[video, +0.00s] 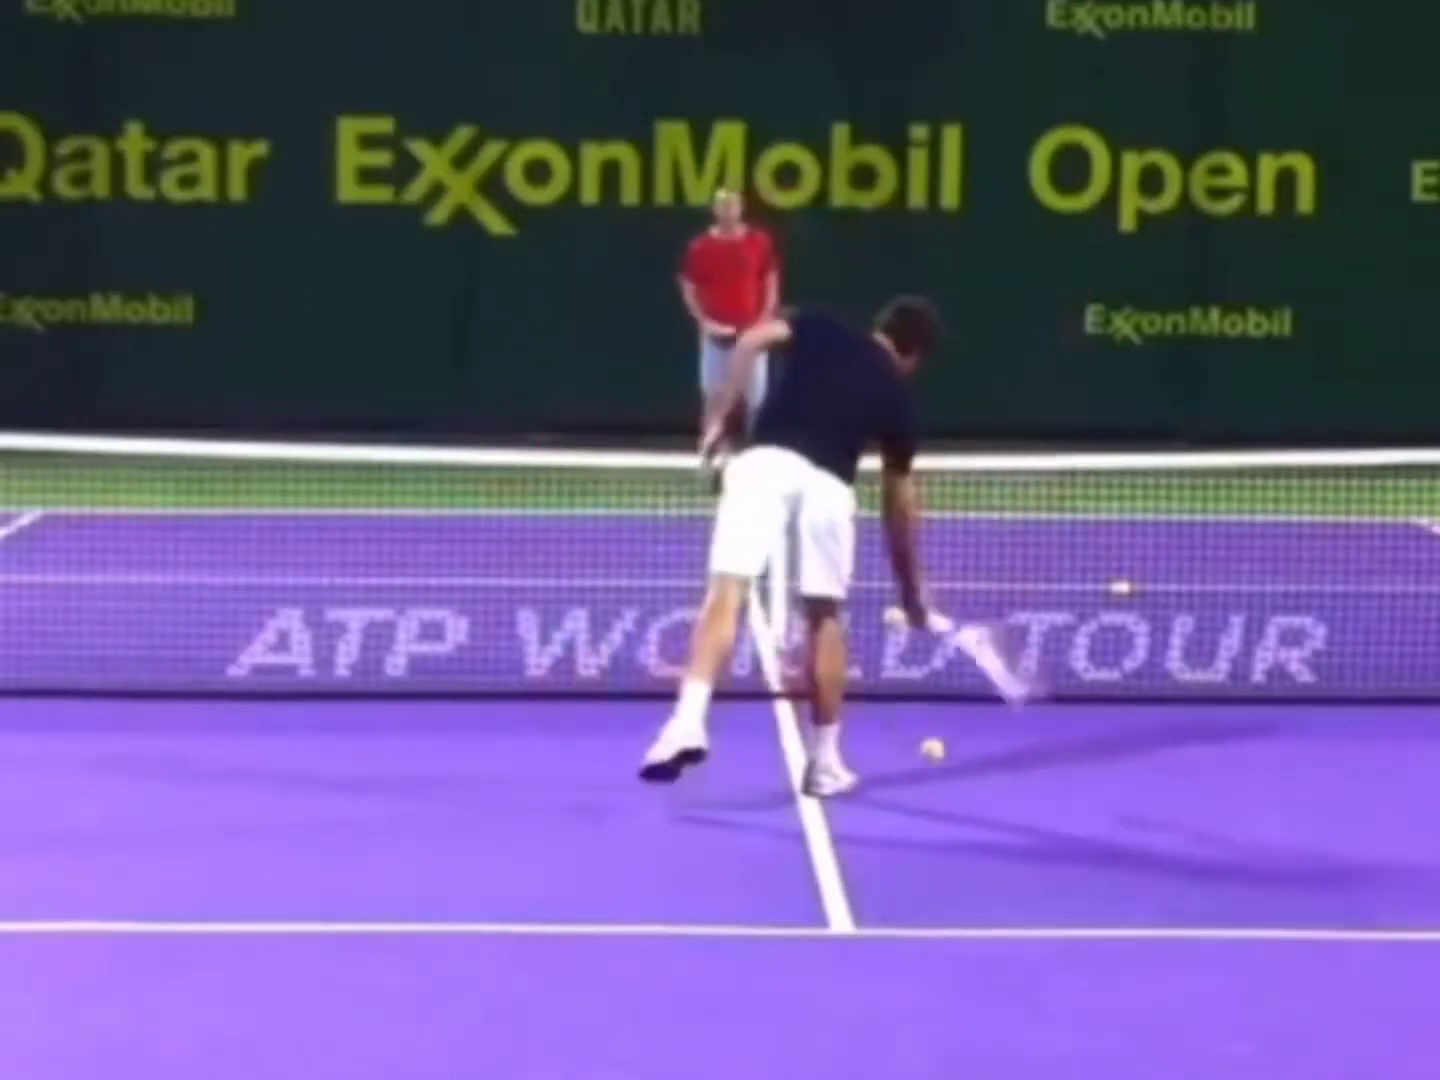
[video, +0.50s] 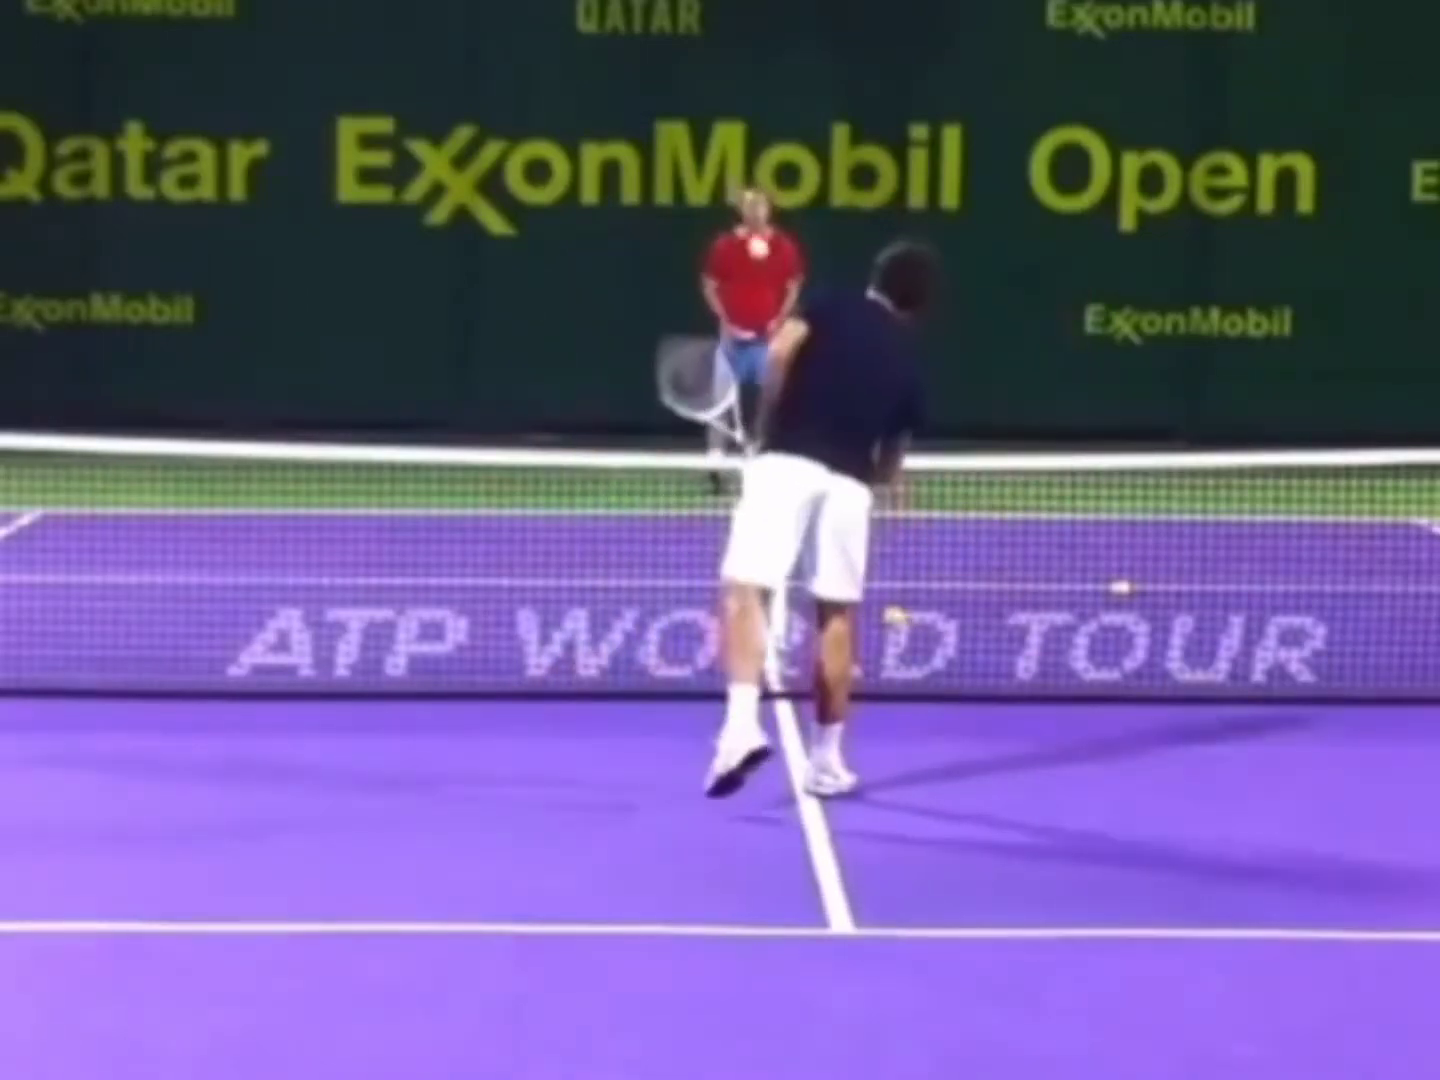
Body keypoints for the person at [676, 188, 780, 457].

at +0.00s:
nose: (727, 210)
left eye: (732, 204)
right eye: (722, 204)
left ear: (740, 207)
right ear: (714, 209)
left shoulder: (759, 242)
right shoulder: (700, 246)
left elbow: (770, 278)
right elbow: (688, 285)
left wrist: (765, 318)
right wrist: (705, 323)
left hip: (751, 330)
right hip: (716, 330)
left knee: (754, 395)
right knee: (714, 393)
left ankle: (754, 449)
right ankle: (717, 449)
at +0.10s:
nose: (728, 211)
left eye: (733, 204)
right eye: (723, 205)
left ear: (741, 208)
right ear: (715, 209)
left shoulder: (761, 242)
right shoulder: (701, 245)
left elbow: (772, 280)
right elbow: (687, 285)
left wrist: (761, 321)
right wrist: (708, 323)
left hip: (751, 333)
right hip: (716, 334)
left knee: (758, 402)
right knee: (713, 400)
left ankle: (760, 458)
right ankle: (712, 458)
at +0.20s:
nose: (732, 211)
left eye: (737, 204)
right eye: (727, 205)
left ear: (745, 208)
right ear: (719, 210)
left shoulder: (764, 242)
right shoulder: (704, 245)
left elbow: (775, 279)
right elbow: (690, 285)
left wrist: (765, 317)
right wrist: (710, 323)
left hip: (753, 330)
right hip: (718, 332)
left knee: (758, 394)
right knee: (713, 398)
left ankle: (752, 451)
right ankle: (713, 456)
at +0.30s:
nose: (738, 211)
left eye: (743, 205)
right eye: (733, 206)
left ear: (752, 209)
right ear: (725, 210)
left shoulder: (769, 244)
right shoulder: (710, 245)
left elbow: (780, 280)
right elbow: (695, 283)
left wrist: (769, 318)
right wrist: (714, 322)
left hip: (758, 331)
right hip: (723, 331)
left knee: (762, 396)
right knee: (717, 397)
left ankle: (761, 453)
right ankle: (715, 456)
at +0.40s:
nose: (746, 212)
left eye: (751, 206)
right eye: (740, 206)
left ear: (760, 209)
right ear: (732, 210)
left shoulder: (776, 244)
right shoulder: (717, 245)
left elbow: (785, 283)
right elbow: (703, 284)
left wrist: (776, 319)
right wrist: (719, 321)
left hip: (763, 333)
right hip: (728, 332)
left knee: (767, 395)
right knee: (720, 397)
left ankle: (765, 449)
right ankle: (716, 453)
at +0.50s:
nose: (755, 212)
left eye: (760, 205)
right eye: (750, 206)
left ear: (768, 209)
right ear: (741, 210)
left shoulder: (784, 245)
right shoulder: (725, 244)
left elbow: (794, 282)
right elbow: (709, 281)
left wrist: (780, 318)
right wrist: (725, 321)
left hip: (768, 331)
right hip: (734, 330)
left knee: (769, 395)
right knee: (725, 394)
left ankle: (761, 446)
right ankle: (718, 450)